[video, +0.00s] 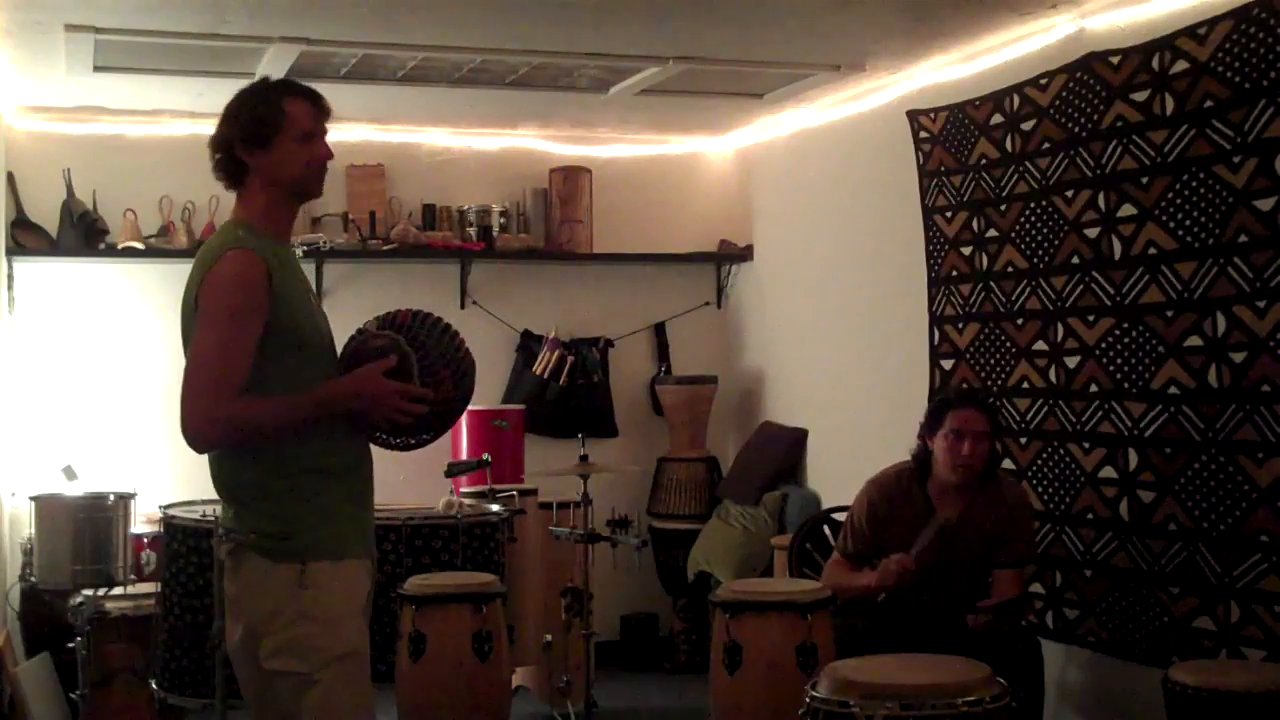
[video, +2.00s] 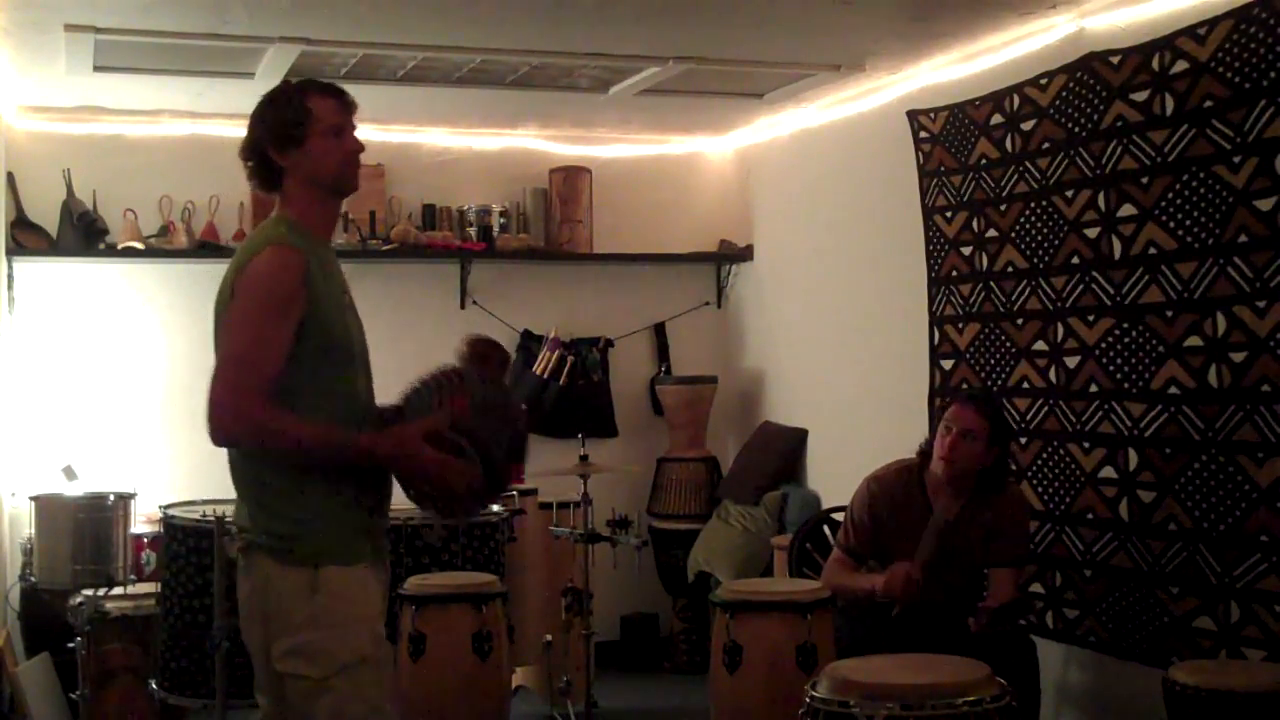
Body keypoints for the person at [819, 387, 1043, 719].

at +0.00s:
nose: (968, 450)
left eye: (979, 439)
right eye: (956, 437)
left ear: (992, 445)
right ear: (929, 438)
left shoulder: (1008, 500)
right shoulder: (883, 492)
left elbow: (1008, 588)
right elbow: (831, 575)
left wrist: (991, 612)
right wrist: (871, 578)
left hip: (966, 624)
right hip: (889, 619)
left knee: (1021, 648)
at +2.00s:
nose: (950, 444)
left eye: (967, 437)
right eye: (947, 429)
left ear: (989, 454)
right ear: (936, 431)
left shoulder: (1005, 505)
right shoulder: (884, 488)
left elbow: (1004, 590)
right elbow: (831, 575)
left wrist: (988, 612)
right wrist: (877, 582)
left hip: (960, 625)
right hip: (886, 620)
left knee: (1016, 650)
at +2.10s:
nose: (950, 444)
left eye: (968, 438)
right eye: (947, 430)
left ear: (990, 455)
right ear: (936, 432)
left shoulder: (1006, 506)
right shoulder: (883, 489)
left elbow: (1003, 590)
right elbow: (831, 574)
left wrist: (988, 609)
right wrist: (876, 584)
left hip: (962, 622)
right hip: (888, 619)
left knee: (1014, 647)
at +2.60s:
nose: (960, 448)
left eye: (977, 442)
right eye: (955, 434)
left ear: (997, 456)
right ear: (940, 435)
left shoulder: (1008, 505)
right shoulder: (887, 488)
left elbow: (1005, 593)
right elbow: (835, 575)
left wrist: (987, 612)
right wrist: (876, 586)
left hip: (961, 621)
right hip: (888, 616)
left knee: (1016, 649)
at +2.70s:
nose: (966, 454)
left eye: (982, 445)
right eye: (960, 438)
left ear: (1000, 457)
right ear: (942, 438)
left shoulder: (1009, 502)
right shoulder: (889, 487)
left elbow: (1004, 593)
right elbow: (833, 574)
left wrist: (986, 614)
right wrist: (881, 577)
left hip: (961, 621)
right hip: (887, 616)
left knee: (1014, 648)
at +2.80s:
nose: (971, 460)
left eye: (988, 452)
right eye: (965, 443)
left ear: (1005, 462)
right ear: (948, 441)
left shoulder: (1016, 507)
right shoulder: (898, 488)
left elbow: (1010, 595)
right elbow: (825, 566)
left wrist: (993, 616)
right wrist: (883, 580)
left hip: (965, 625)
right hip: (889, 618)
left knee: (1016, 651)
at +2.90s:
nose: (977, 461)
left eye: (994, 453)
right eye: (970, 445)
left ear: (1012, 464)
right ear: (952, 444)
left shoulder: (1025, 510)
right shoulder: (903, 491)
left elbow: (1015, 599)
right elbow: (818, 552)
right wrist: (877, 582)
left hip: (972, 627)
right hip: (896, 622)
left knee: (1019, 649)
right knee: (856, 624)